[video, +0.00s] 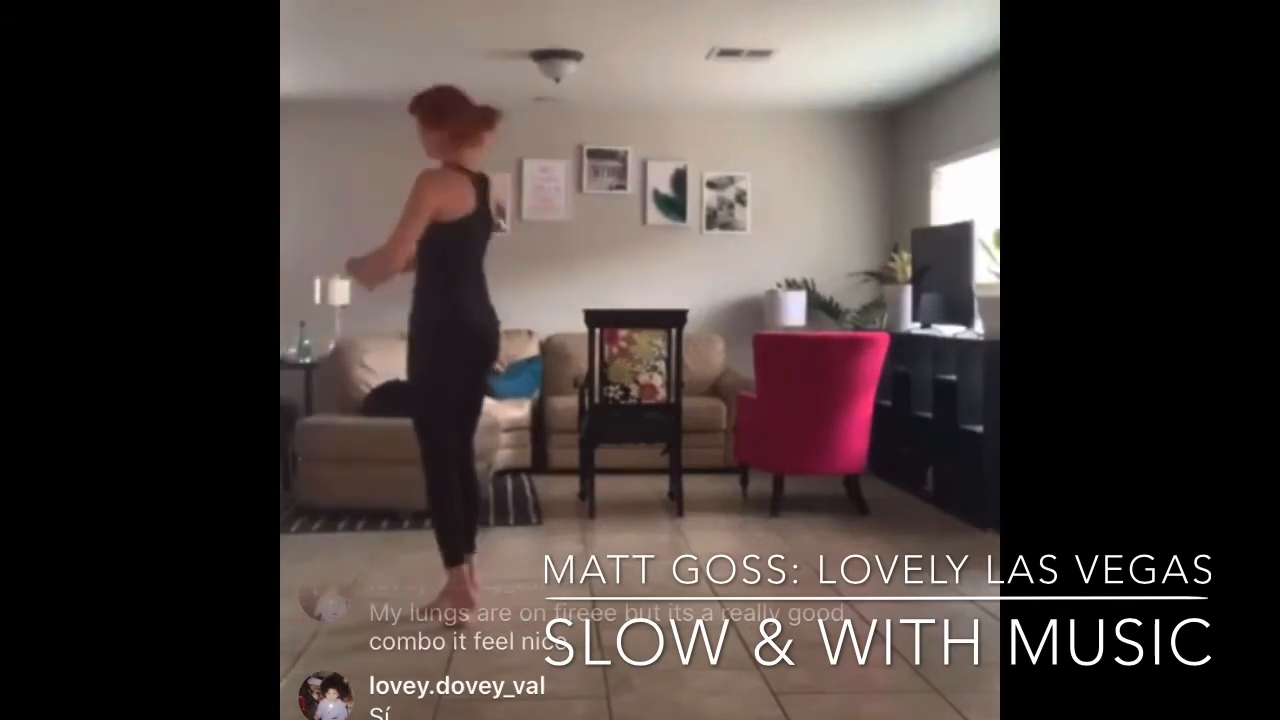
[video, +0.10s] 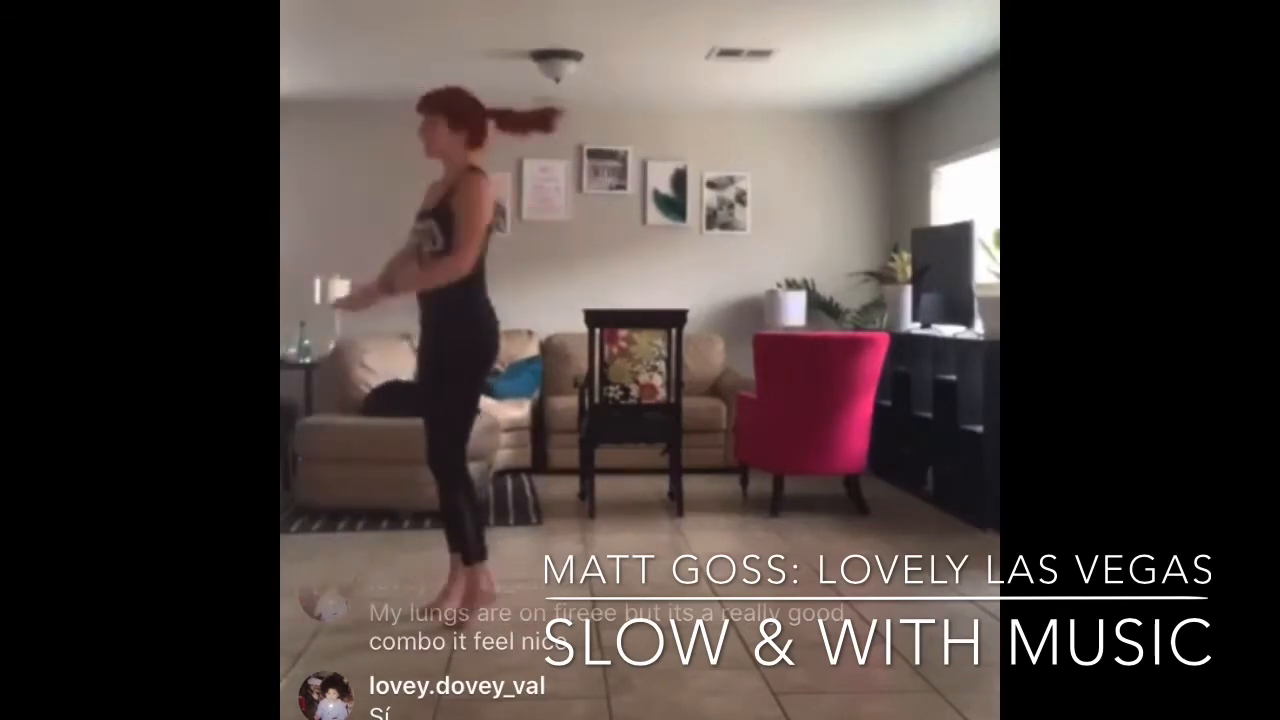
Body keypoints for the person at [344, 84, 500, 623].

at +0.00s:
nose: (421, 139)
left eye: (423, 130)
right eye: (420, 130)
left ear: (439, 130)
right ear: (466, 129)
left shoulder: (435, 183)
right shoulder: (481, 184)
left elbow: (396, 256)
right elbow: (441, 251)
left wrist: (360, 268)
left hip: (443, 333)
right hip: (478, 330)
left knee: (440, 454)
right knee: (456, 451)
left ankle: (459, 583)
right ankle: (464, 575)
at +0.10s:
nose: (422, 135)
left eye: (430, 126)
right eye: (423, 126)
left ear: (458, 131)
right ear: (447, 133)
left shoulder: (475, 183)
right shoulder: (441, 186)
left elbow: (464, 262)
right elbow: (414, 252)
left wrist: (406, 287)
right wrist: (375, 288)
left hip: (465, 331)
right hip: (439, 330)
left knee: (447, 454)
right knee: (443, 454)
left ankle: (476, 575)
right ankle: (462, 571)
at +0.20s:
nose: (446, 135)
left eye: (457, 128)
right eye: (442, 126)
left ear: (479, 136)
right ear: (434, 132)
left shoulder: (494, 192)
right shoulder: (413, 193)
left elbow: (509, 272)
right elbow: (377, 262)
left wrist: (470, 315)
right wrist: (358, 317)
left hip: (480, 333)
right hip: (425, 333)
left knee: (463, 452)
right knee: (437, 453)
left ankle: (478, 576)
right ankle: (450, 568)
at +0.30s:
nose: (478, 143)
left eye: (485, 136)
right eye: (469, 133)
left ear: (493, 144)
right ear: (444, 138)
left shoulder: (499, 196)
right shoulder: (412, 197)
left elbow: (524, 269)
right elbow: (380, 272)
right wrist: (362, 341)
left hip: (488, 336)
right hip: (431, 337)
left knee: (488, 458)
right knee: (437, 457)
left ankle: (485, 575)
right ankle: (444, 568)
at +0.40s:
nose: (498, 151)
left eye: (501, 143)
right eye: (490, 141)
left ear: (496, 149)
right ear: (461, 141)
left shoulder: (497, 203)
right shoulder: (429, 199)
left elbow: (531, 273)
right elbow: (412, 279)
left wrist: (572, 333)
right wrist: (401, 354)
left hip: (489, 345)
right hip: (436, 345)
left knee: (513, 456)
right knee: (443, 461)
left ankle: (508, 577)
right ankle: (442, 572)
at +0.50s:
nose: (510, 148)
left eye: (511, 140)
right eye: (501, 140)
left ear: (499, 149)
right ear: (473, 143)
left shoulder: (498, 204)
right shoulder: (451, 195)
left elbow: (527, 264)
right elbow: (460, 274)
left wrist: (561, 313)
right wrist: (475, 344)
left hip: (492, 331)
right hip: (446, 335)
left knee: (532, 450)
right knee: (451, 461)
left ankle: (529, 582)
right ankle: (441, 576)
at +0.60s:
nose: (520, 150)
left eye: (520, 142)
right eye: (514, 141)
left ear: (487, 143)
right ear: (488, 141)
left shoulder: (471, 195)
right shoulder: (480, 197)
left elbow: (501, 257)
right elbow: (522, 255)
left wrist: (542, 283)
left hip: (486, 339)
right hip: (476, 341)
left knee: (546, 453)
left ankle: (538, 578)